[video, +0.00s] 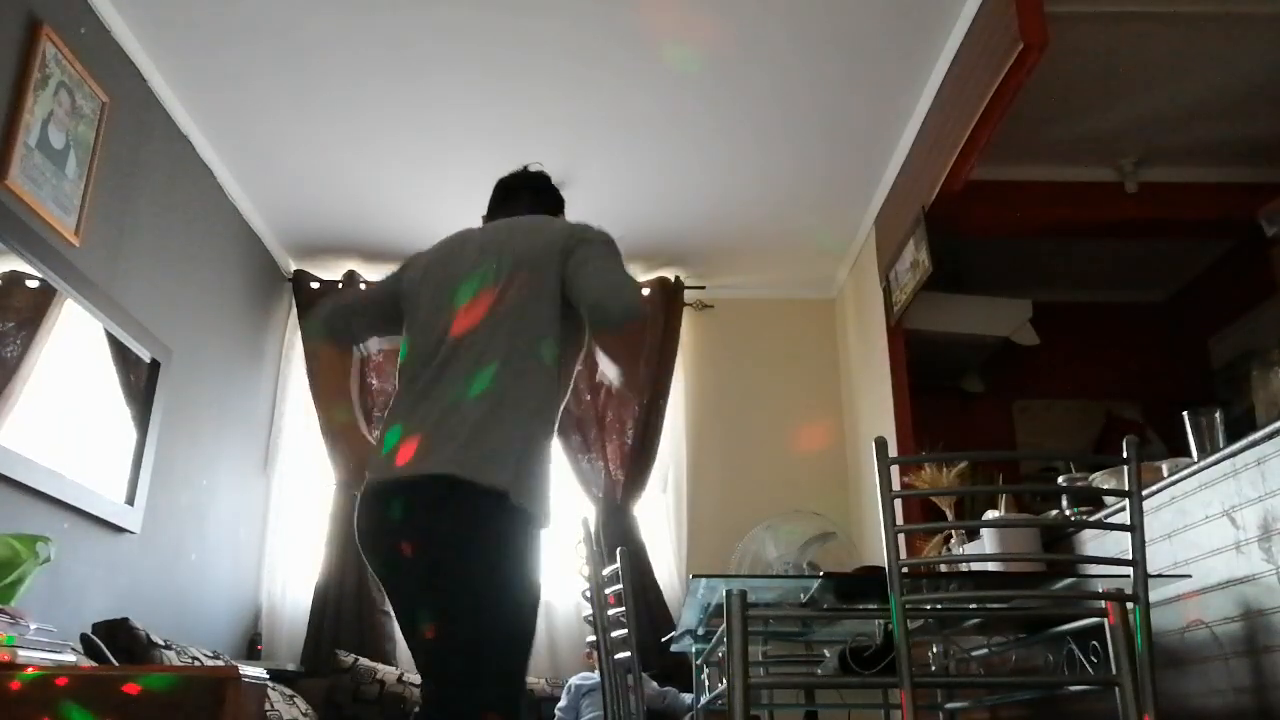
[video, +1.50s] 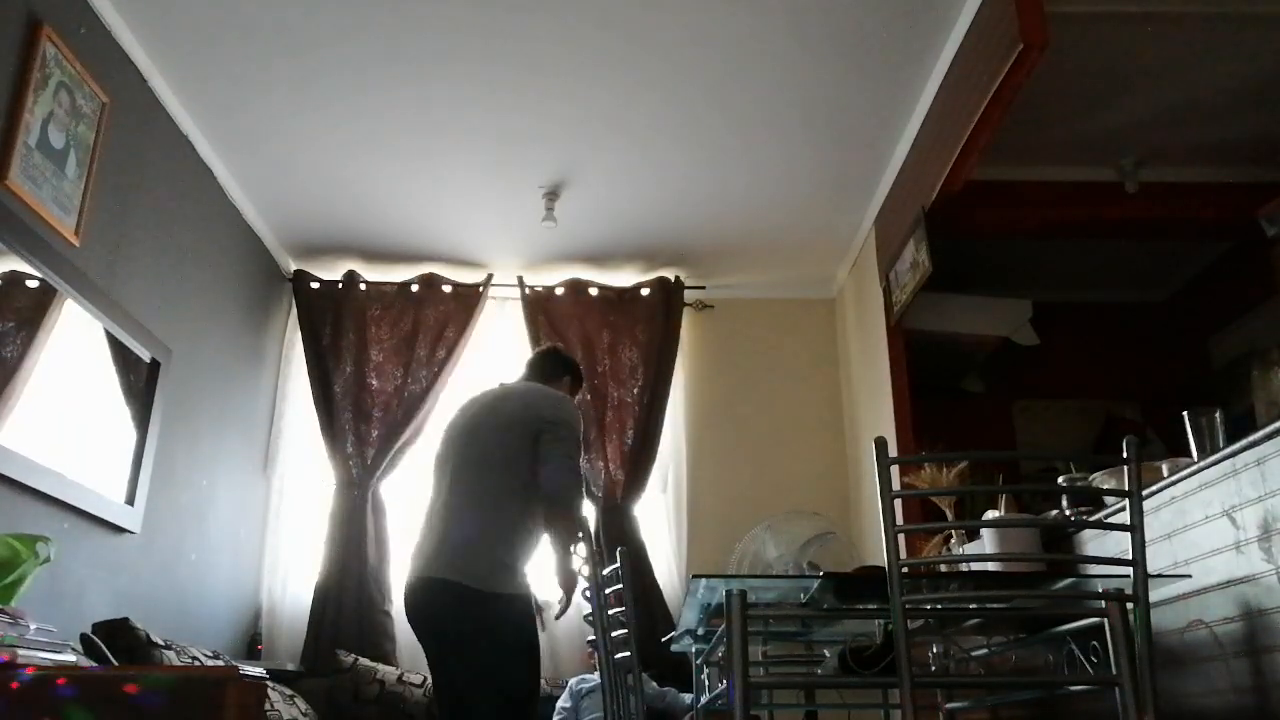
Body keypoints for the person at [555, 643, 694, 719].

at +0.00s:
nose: (607, 654)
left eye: (613, 649)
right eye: (601, 650)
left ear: (621, 651)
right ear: (589, 656)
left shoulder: (637, 680)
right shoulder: (579, 684)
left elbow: (668, 700)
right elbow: (562, 715)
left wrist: (702, 699)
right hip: (593, 714)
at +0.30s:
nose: (601, 652)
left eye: (607, 646)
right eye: (596, 648)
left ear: (618, 650)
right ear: (590, 655)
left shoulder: (637, 680)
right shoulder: (579, 684)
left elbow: (668, 700)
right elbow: (562, 716)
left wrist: (702, 700)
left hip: (631, 715)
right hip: (593, 715)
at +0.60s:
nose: (607, 655)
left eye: (612, 650)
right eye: (601, 651)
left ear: (621, 652)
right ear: (591, 656)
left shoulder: (637, 680)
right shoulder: (578, 684)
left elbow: (667, 699)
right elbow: (562, 716)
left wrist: (700, 699)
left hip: (632, 715)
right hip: (593, 715)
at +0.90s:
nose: (606, 654)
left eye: (611, 648)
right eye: (600, 649)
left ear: (618, 652)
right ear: (590, 656)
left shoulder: (636, 680)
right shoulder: (577, 685)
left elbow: (665, 698)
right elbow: (561, 716)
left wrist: (698, 700)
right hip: (593, 715)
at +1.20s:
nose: (604, 655)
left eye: (609, 650)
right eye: (599, 651)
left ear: (618, 652)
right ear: (591, 656)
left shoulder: (636, 679)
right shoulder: (578, 685)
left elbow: (667, 699)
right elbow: (562, 713)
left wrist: (698, 699)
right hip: (593, 714)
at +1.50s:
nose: (602, 655)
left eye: (606, 649)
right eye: (597, 650)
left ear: (617, 651)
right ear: (591, 656)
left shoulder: (636, 680)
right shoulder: (578, 685)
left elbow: (666, 698)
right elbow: (561, 715)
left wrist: (698, 699)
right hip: (593, 715)